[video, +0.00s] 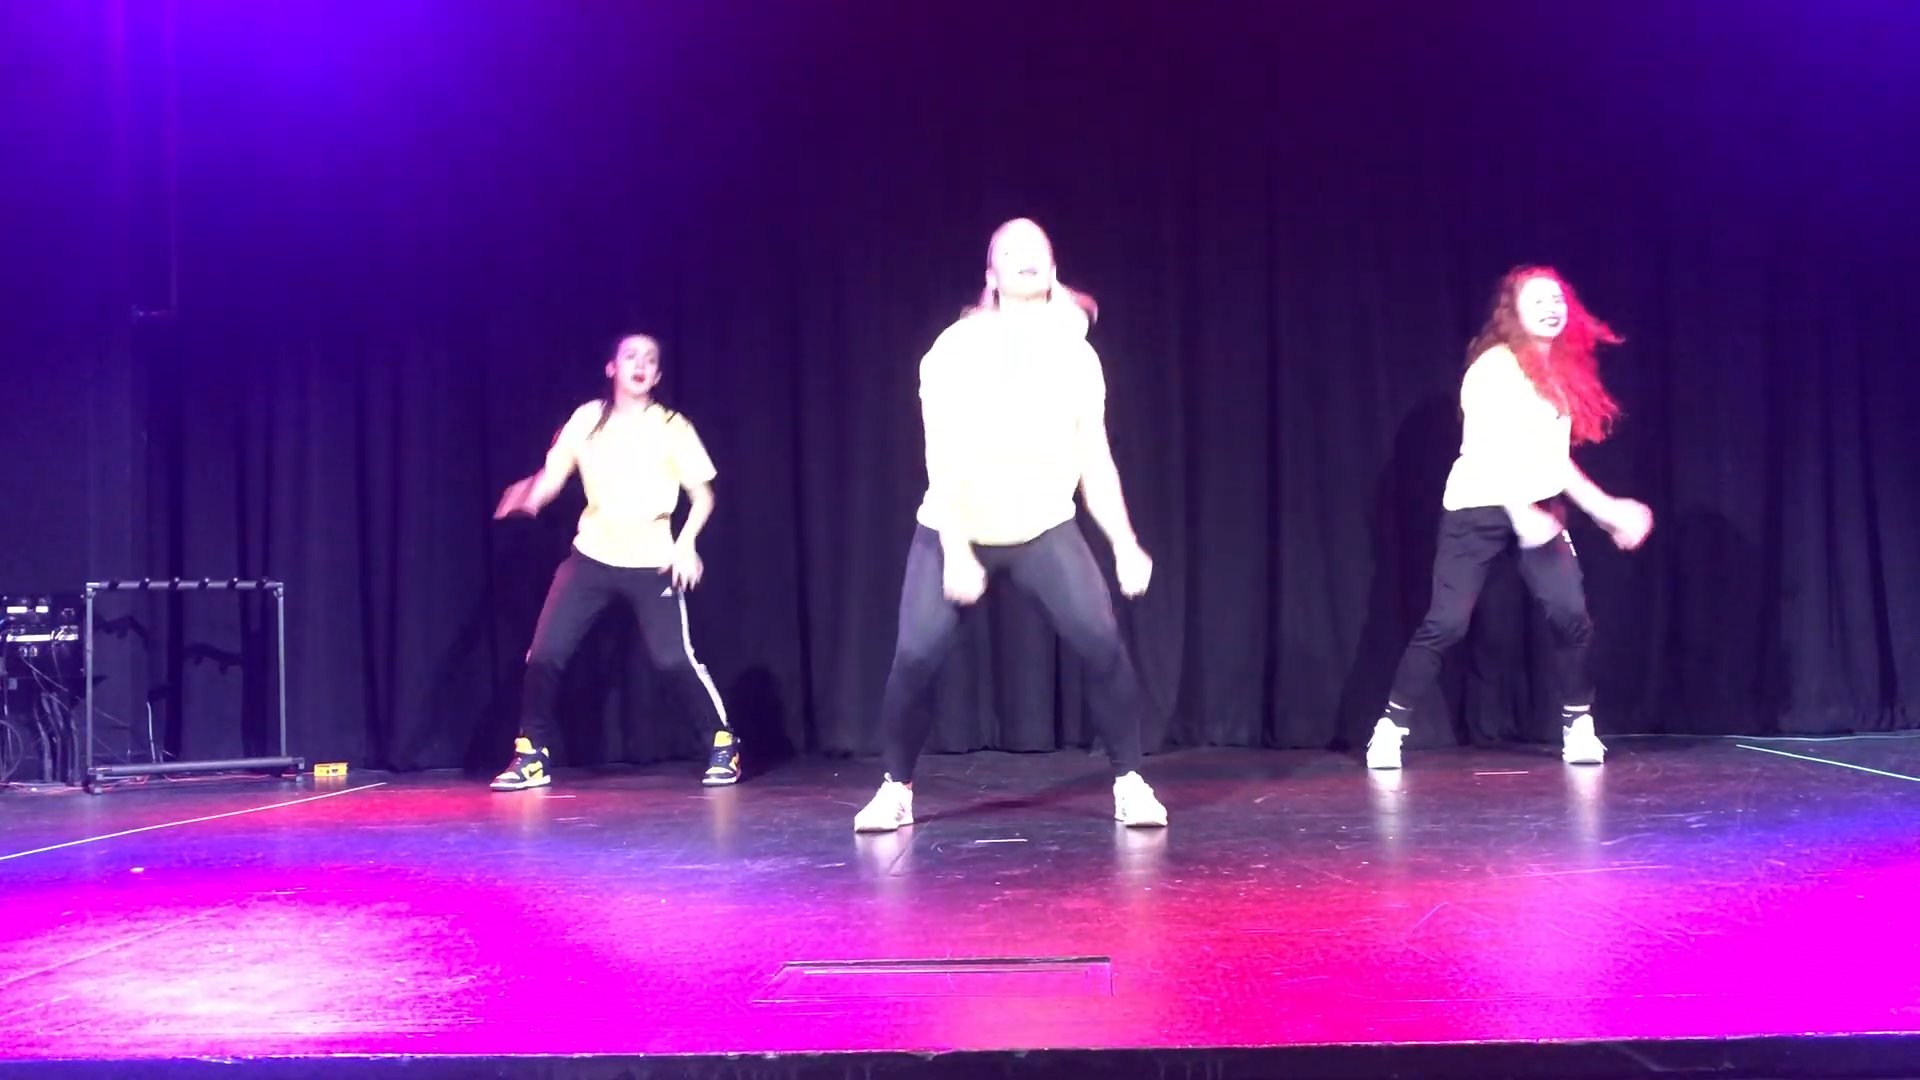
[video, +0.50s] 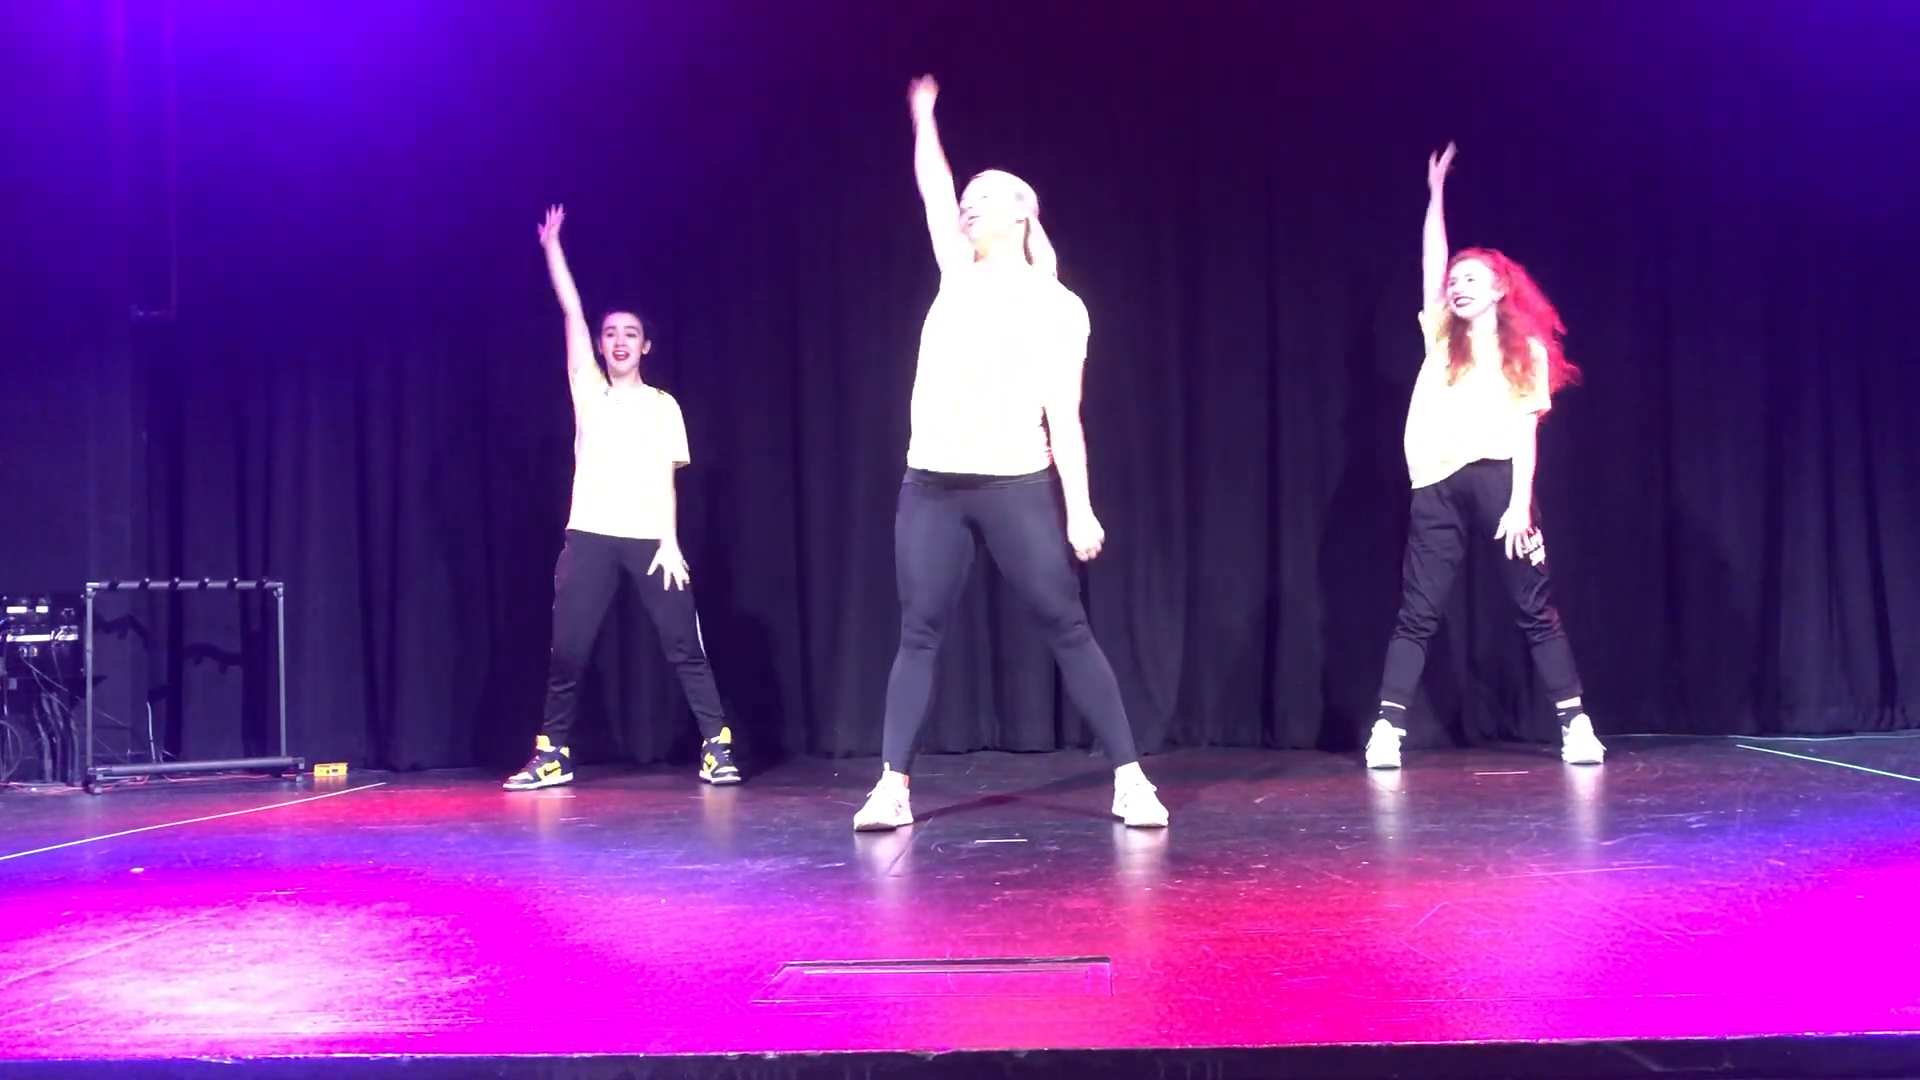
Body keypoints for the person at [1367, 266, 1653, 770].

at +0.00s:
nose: (1550, 310)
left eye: (1557, 301)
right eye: (1537, 302)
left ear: (1567, 310)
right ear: (1511, 312)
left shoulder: (1560, 372)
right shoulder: (1490, 369)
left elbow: (1556, 459)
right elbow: (1492, 453)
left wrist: (1608, 511)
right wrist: (1522, 510)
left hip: (1537, 508)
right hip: (1476, 508)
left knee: (1571, 615)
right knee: (1447, 622)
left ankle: (1578, 725)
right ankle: (1392, 728)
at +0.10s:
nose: (1528, 320)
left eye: (1537, 311)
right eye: (1517, 311)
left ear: (1551, 320)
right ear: (1497, 320)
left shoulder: (1551, 381)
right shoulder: (1472, 372)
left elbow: (1554, 463)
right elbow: (1438, 424)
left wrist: (1570, 529)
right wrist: (1481, 471)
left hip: (1535, 521)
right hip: (1467, 523)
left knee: (1571, 620)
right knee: (1440, 627)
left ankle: (1579, 727)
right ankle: (1391, 731)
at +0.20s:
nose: (1503, 312)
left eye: (1514, 304)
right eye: (1495, 303)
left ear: (1533, 312)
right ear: (1481, 308)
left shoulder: (1545, 368)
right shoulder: (1451, 357)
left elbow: (1557, 447)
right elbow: (1412, 335)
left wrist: (1558, 517)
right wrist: (1466, 321)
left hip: (1526, 505)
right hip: (1457, 509)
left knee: (1559, 615)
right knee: (1431, 619)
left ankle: (1576, 726)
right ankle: (1390, 730)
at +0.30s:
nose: (1483, 286)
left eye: (1497, 278)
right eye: (1477, 279)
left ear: (1521, 292)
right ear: (1466, 292)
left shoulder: (1537, 357)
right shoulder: (1449, 338)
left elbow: (1549, 438)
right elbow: (1423, 270)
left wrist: (1549, 507)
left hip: (1516, 494)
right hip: (1448, 495)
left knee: (1547, 612)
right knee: (1421, 613)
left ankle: (1575, 724)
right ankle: (1388, 729)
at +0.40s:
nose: (1469, 285)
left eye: (1482, 276)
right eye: (1463, 279)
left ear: (1511, 285)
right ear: (1457, 291)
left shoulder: (1531, 351)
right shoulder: (1445, 337)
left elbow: (1537, 434)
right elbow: (1436, 253)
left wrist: (1535, 505)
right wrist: (1435, 175)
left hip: (1507, 482)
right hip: (1440, 485)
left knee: (1539, 606)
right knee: (1420, 610)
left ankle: (1574, 722)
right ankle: (1389, 727)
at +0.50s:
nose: (1461, 289)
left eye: (1473, 280)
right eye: (1454, 282)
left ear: (1501, 289)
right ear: (1447, 295)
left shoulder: (1525, 351)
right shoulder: (1441, 339)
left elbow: (1526, 434)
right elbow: (1433, 263)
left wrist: (1520, 506)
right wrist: (1435, 193)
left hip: (1499, 483)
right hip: (1434, 488)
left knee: (1534, 606)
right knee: (1418, 611)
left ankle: (1573, 722)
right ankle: (1387, 729)